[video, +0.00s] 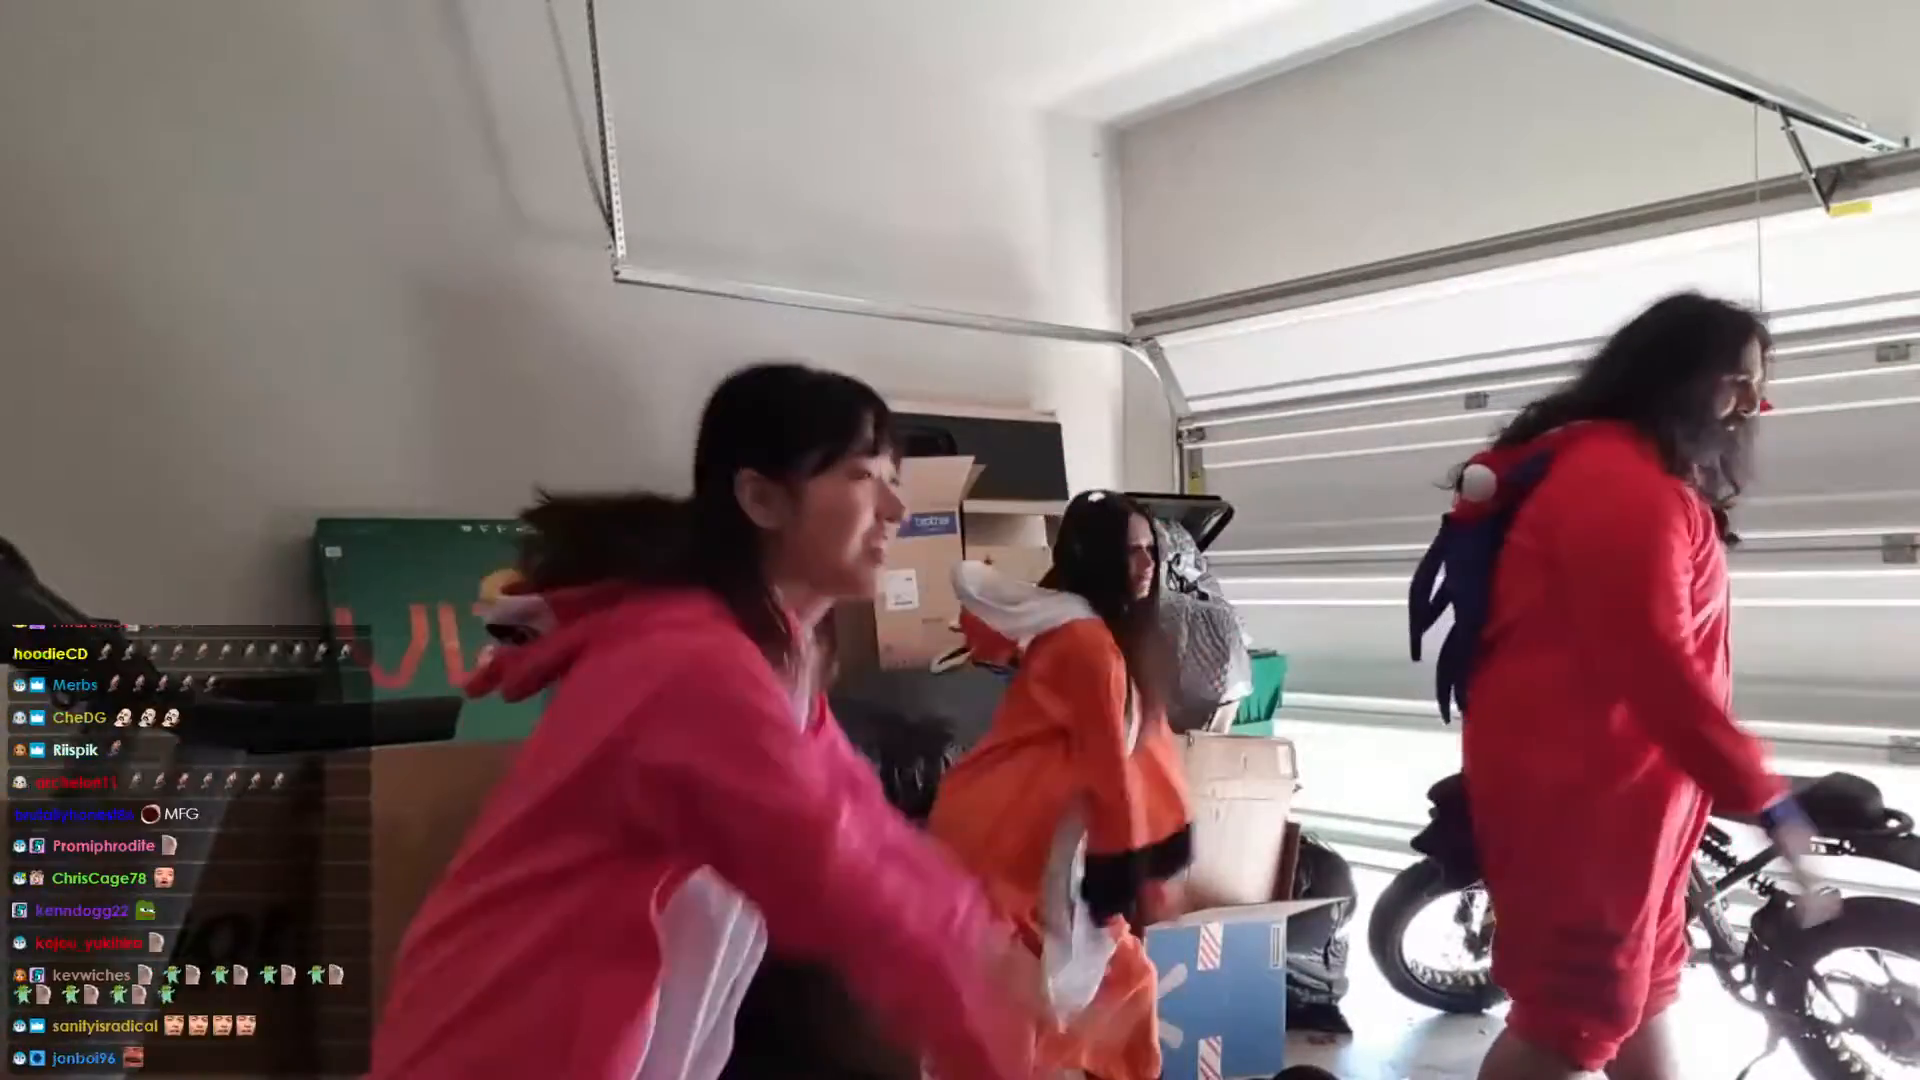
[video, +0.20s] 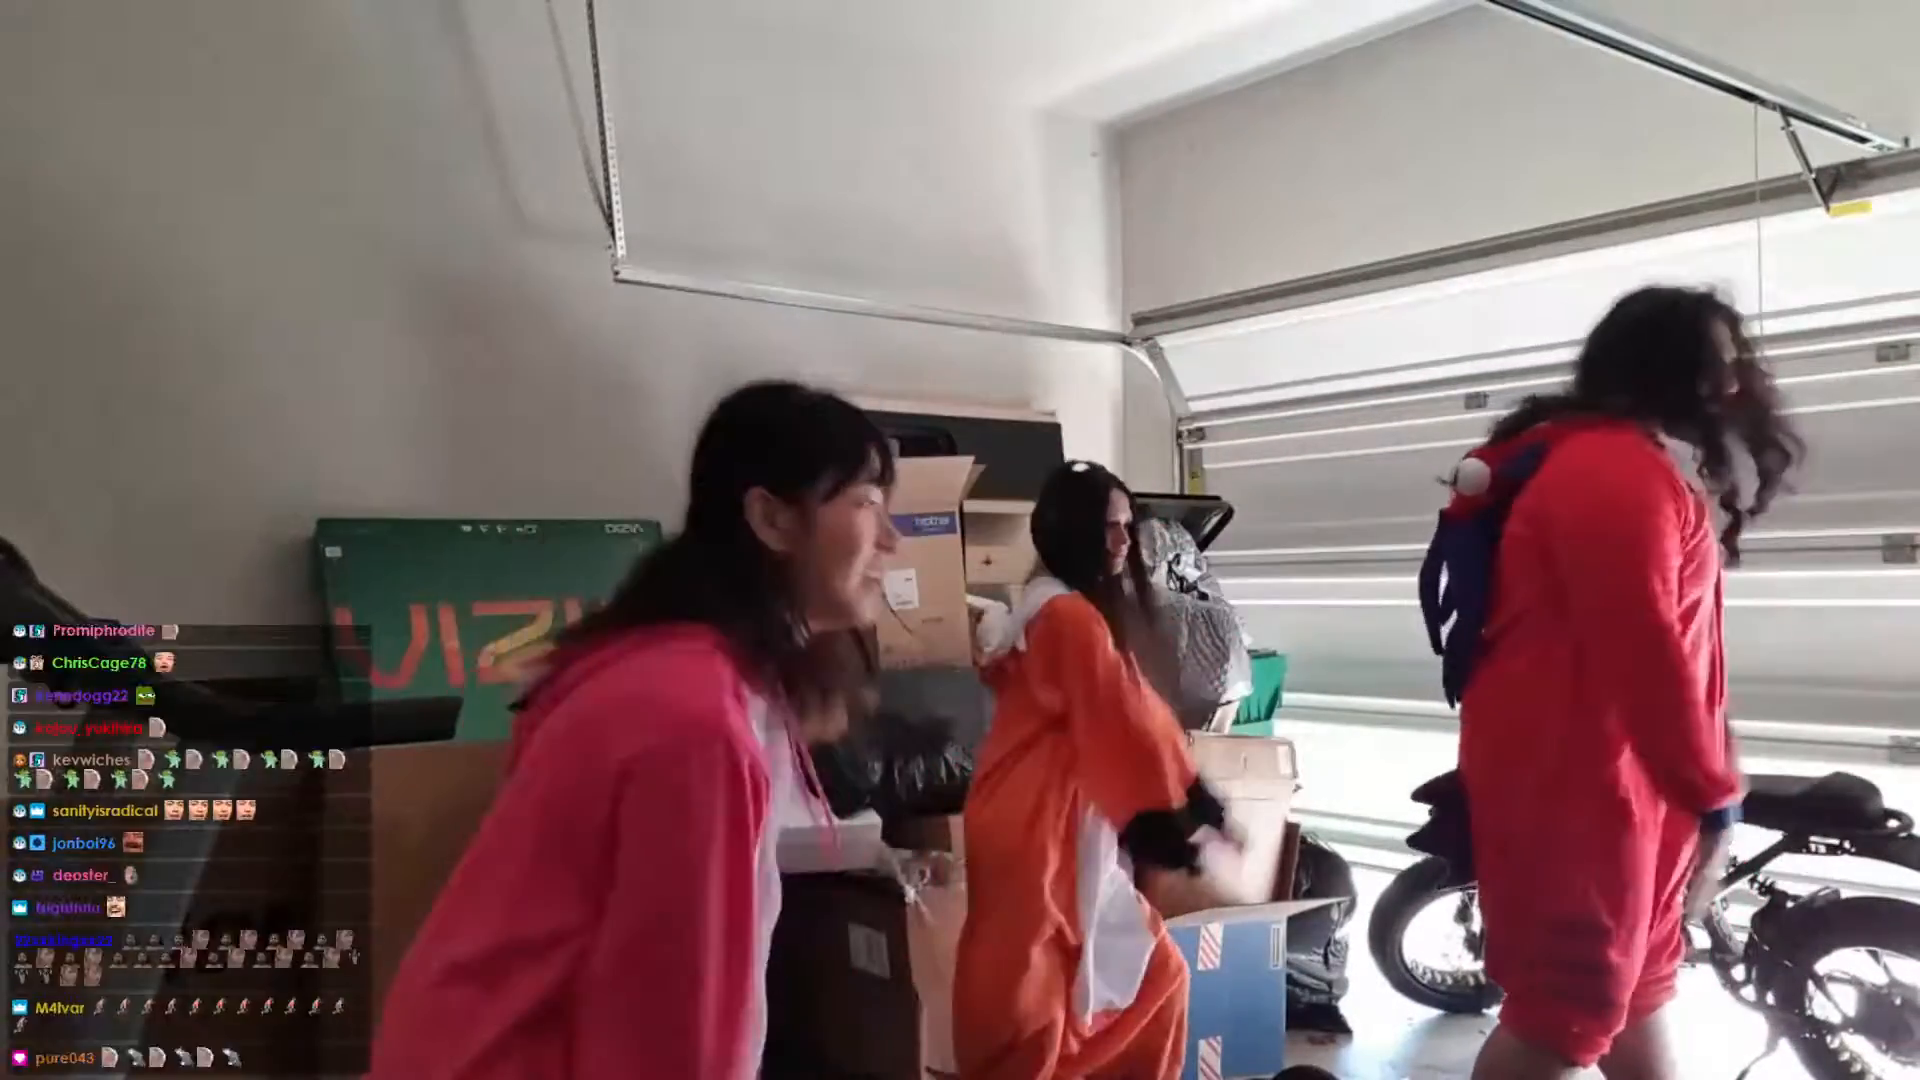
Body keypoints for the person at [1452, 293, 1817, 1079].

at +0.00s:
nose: (1756, 407)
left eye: (1760, 388)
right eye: (1739, 384)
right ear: (1682, 379)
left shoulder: (1657, 476)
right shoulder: (1620, 484)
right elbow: (1655, 665)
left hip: (1626, 784)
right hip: (1575, 791)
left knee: (1643, 998)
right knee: (1571, 1019)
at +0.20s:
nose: (1734, 384)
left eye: (1735, 362)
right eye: (1717, 364)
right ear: (1668, 369)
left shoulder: (1669, 471)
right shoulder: (1614, 471)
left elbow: (1688, 645)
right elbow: (1641, 648)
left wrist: (1713, 782)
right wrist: (1714, 793)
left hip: (1633, 768)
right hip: (1569, 773)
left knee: (1638, 1000)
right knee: (1561, 1014)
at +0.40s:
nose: (1626, 373)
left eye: (1637, 355)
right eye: (1599, 356)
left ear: (1654, 367)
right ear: (1547, 370)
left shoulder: (1611, 464)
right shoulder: (1547, 469)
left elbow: (1713, 483)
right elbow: (1746, 504)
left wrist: (1831, 438)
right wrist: (1908, 465)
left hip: (1660, 791)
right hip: (1578, 805)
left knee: (1676, 990)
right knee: (1568, 1023)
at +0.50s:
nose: (1626, 392)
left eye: (1638, 373)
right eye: (1596, 375)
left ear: (1657, 381)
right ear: (1549, 393)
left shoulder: (1631, 476)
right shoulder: (1555, 485)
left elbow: (1698, 441)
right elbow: (1744, 442)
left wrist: (1733, 324)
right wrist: (1833, 281)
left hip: (1674, 788)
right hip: (1591, 806)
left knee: (1715, 991)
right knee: (1607, 1029)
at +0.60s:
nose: (1626, 390)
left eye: (1639, 370)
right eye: (1596, 375)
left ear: (1658, 379)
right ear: (1553, 393)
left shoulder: (1628, 472)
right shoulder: (1566, 483)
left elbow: (1698, 434)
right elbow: (1743, 439)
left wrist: (1729, 325)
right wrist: (1809, 281)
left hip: (1671, 782)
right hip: (1591, 800)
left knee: (1717, 983)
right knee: (1612, 1025)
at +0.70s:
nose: (1620, 370)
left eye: (1631, 351)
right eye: (1591, 353)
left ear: (1647, 364)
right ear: (1541, 372)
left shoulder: (1614, 467)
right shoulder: (1559, 474)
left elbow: (1730, 491)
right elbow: (1738, 507)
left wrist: (1877, 418)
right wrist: (1888, 420)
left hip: (1662, 784)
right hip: (1585, 797)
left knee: (1679, 988)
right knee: (1584, 1018)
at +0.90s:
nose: (1670, 378)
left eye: (1687, 361)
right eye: (1645, 359)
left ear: (1704, 376)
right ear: (1598, 370)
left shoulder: (1642, 477)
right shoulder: (1589, 480)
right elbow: (1609, 662)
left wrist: (1691, 795)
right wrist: (1697, 802)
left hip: (1628, 780)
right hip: (1566, 787)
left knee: (1643, 995)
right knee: (1554, 1017)